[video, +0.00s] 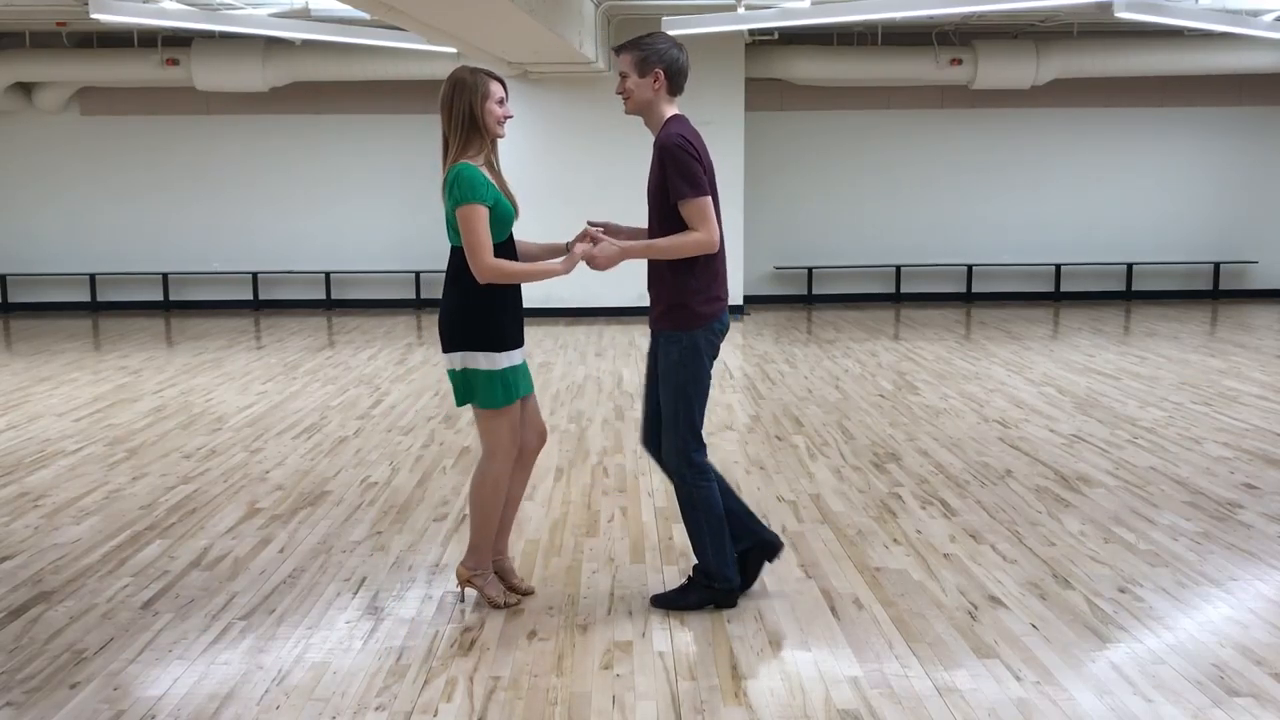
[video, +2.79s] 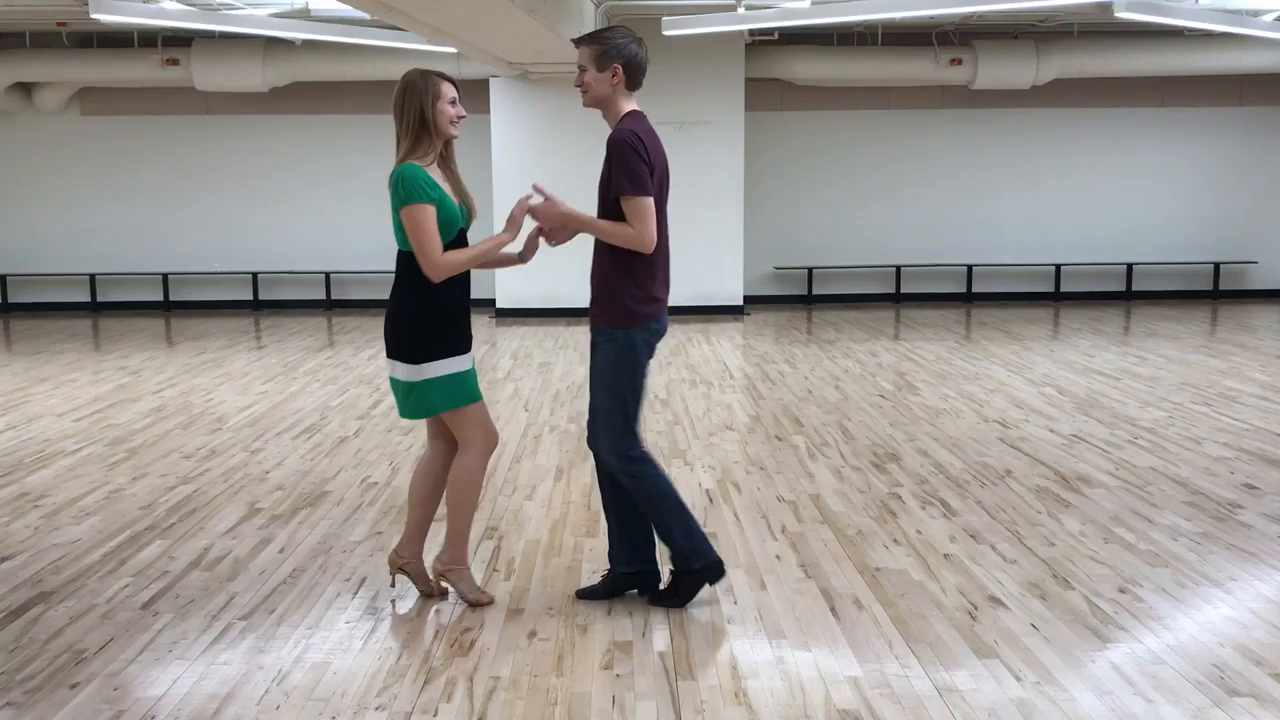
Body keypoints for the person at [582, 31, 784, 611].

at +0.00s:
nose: (618, 87)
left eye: (624, 77)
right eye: (618, 77)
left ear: (655, 78)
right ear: (656, 79)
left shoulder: (676, 142)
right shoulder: (669, 140)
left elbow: (707, 237)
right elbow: (680, 233)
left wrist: (627, 250)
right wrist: (622, 234)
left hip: (691, 321)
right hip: (674, 319)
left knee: (682, 448)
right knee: (659, 439)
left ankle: (718, 575)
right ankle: (750, 541)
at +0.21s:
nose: (600, 86)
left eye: (606, 75)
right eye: (601, 75)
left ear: (639, 77)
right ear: (639, 79)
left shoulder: (655, 138)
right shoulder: (653, 135)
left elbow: (682, 233)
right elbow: (664, 227)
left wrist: (603, 220)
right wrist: (605, 226)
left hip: (667, 320)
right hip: (648, 319)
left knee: (672, 446)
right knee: (620, 431)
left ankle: (716, 578)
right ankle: (669, 555)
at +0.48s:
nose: (573, 85)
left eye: (580, 74)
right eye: (573, 75)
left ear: (612, 77)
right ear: (612, 79)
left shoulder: (628, 139)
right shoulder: (625, 136)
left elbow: (648, 240)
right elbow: (626, 233)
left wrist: (574, 235)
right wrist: (568, 234)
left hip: (622, 318)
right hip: (615, 315)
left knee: (600, 446)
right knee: (607, 443)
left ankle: (678, 556)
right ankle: (630, 566)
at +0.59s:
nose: (565, 84)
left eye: (572, 74)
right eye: (566, 74)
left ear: (603, 77)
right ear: (604, 78)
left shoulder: (620, 143)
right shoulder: (616, 139)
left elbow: (641, 242)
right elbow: (619, 236)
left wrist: (560, 251)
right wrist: (556, 254)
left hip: (610, 320)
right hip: (611, 316)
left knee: (570, 442)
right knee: (606, 436)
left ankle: (628, 569)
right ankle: (637, 567)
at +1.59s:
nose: (586, 85)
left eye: (591, 74)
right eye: (586, 74)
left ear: (623, 74)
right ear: (622, 77)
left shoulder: (641, 136)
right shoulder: (640, 133)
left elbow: (667, 231)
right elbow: (641, 226)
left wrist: (587, 224)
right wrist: (581, 214)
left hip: (645, 320)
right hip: (629, 317)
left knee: (654, 445)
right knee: (609, 434)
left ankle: (710, 570)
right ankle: (630, 563)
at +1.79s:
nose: (607, 88)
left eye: (613, 77)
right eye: (607, 78)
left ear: (645, 78)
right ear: (645, 80)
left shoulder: (663, 141)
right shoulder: (663, 137)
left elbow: (687, 239)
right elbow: (667, 236)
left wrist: (607, 263)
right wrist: (607, 241)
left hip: (677, 322)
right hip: (660, 320)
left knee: (668, 446)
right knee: (636, 436)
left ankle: (713, 580)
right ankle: (685, 565)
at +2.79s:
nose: (577, 82)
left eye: (583, 72)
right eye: (577, 72)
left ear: (614, 75)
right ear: (614, 77)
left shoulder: (627, 139)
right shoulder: (633, 134)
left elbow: (644, 236)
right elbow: (634, 224)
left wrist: (572, 217)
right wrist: (578, 224)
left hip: (629, 318)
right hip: (619, 316)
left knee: (615, 442)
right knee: (607, 440)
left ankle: (696, 558)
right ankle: (632, 568)